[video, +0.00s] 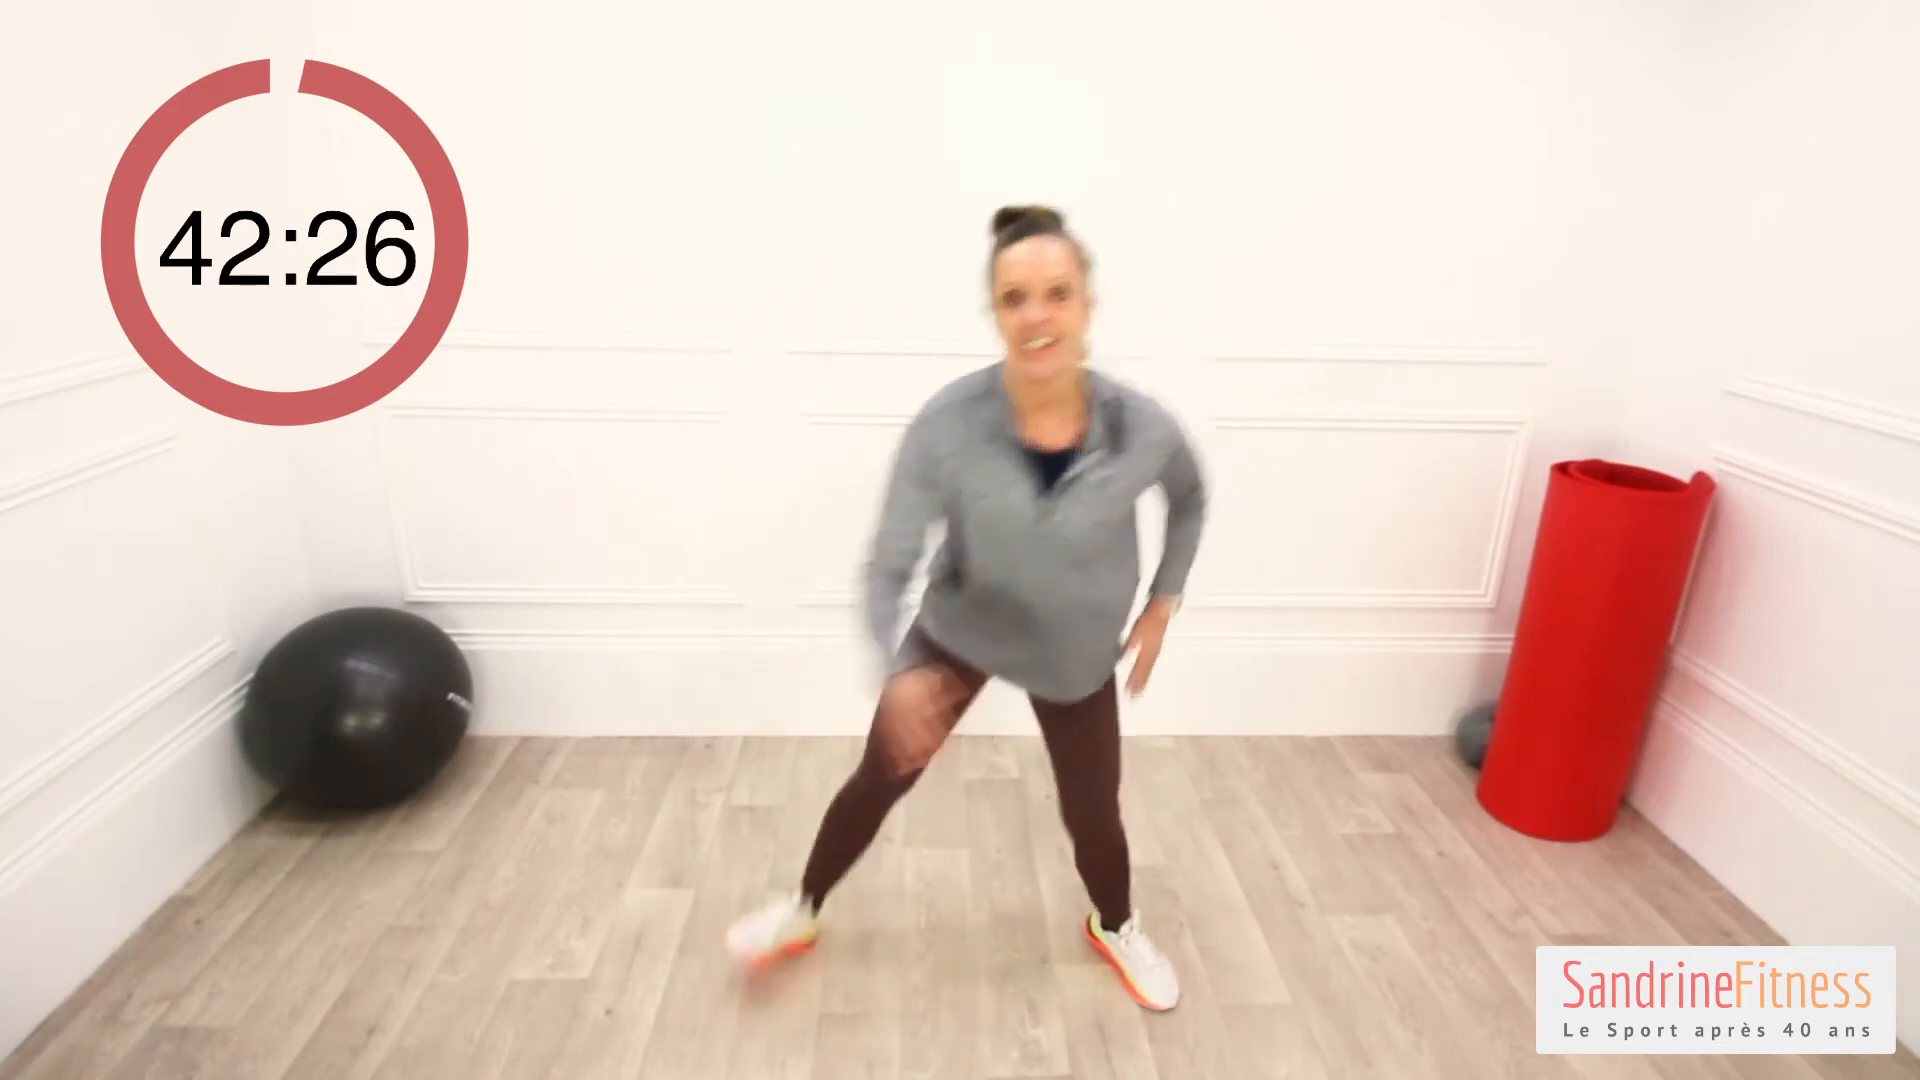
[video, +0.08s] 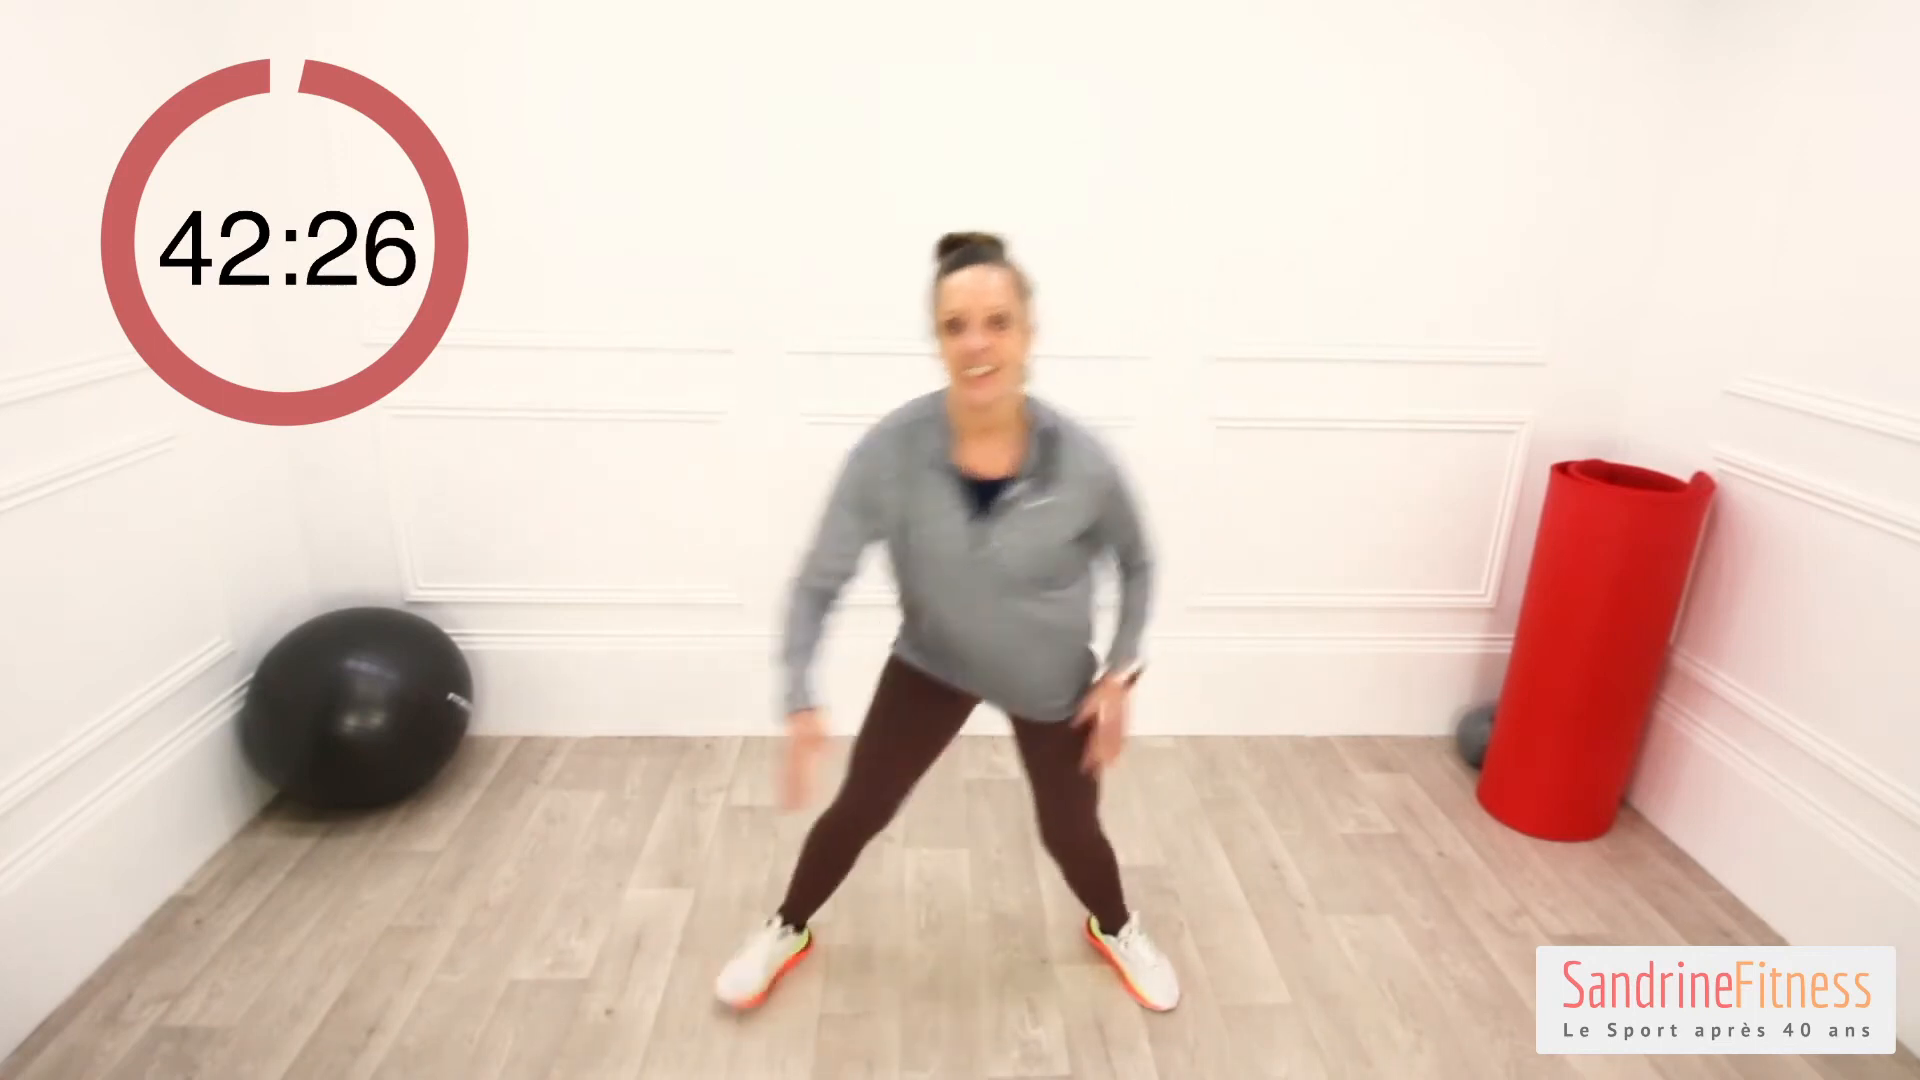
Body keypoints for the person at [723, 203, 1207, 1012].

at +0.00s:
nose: (1037, 318)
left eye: (1057, 295)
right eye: (1015, 299)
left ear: (1089, 306)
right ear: (994, 315)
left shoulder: (1142, 428)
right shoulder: (947, 428)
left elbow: (1190, 499)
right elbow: (888, 567)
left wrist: (1164, 598)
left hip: (1078, 639)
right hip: (964, 624)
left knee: (1094, 810)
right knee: (887, 770)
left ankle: (1116, 927)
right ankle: (803, 908)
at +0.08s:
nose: (976, 346)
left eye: (996, 325)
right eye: (956, 328)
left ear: (1030, 335)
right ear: (936, 342)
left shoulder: (1080, 462)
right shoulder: (892, 454)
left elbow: (1136, 563)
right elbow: (818, 583)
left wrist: (1121, 674)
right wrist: (800, 703)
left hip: (1051, 671)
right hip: (936, 659)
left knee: (1072, 829)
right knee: (863, 808)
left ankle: (1116, 930)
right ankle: (787, 930)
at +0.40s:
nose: (776, 286)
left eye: (797, 263)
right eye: (753, 267)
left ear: (832, 276)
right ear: (731, 284)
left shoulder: (877, 392)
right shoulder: (725, 380)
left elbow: (903, 543)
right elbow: (777, 505)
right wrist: (836, 577)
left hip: (937, 606)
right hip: (834, 614)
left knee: (1005, 740)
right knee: (799, 796)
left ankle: (1088, 833)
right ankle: (781, 932)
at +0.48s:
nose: (757, 291)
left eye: (779, 268)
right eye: (734, 273)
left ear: (815, 282)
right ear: (713, 293)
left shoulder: (857, 388)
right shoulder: (716, 381)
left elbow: (854, 505)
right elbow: (758, 494)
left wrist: (695, 522)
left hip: (925, 613)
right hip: (824, 626)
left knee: (983, 746)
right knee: (782, 799)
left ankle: (1059, 819)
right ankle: (781, 934)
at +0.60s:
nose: (754, 302)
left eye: (774, 278)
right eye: (729, 283)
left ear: (809, 291)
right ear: (709, 302)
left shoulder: (853, 401)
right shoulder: (710, 391)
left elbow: (843, 509)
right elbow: (753, 510)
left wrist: (696, 536)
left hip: (916, 618)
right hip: (812, 631)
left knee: (972, 753)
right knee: (774, 806)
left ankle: (1045, 829)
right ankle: (780, 934)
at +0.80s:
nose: (811, 299)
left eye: (829, 274)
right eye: (785, 280)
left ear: (859, 283)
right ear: (757, 298)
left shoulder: (914, 414)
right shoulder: (721, 387)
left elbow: (1033, 551)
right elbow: (735, 456)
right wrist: (757, 511)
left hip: (935, 622)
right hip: (822, 632)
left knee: (1010, 760)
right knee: (791, 803)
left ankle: (1076, 863)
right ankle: (779, 934)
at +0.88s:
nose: (863, 322)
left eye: (880, 297)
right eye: (837, 303)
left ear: (906, 306)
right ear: (809, 318)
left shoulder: (964, 432)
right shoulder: (772, 409)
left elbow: (1073, 539)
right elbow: (718, 422)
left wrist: (1021, 655)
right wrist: (745, 525)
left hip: (949, 640)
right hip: (829, 646)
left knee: (1025, 790)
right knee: (798, 823)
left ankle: (1089, 897)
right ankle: (777, 937)